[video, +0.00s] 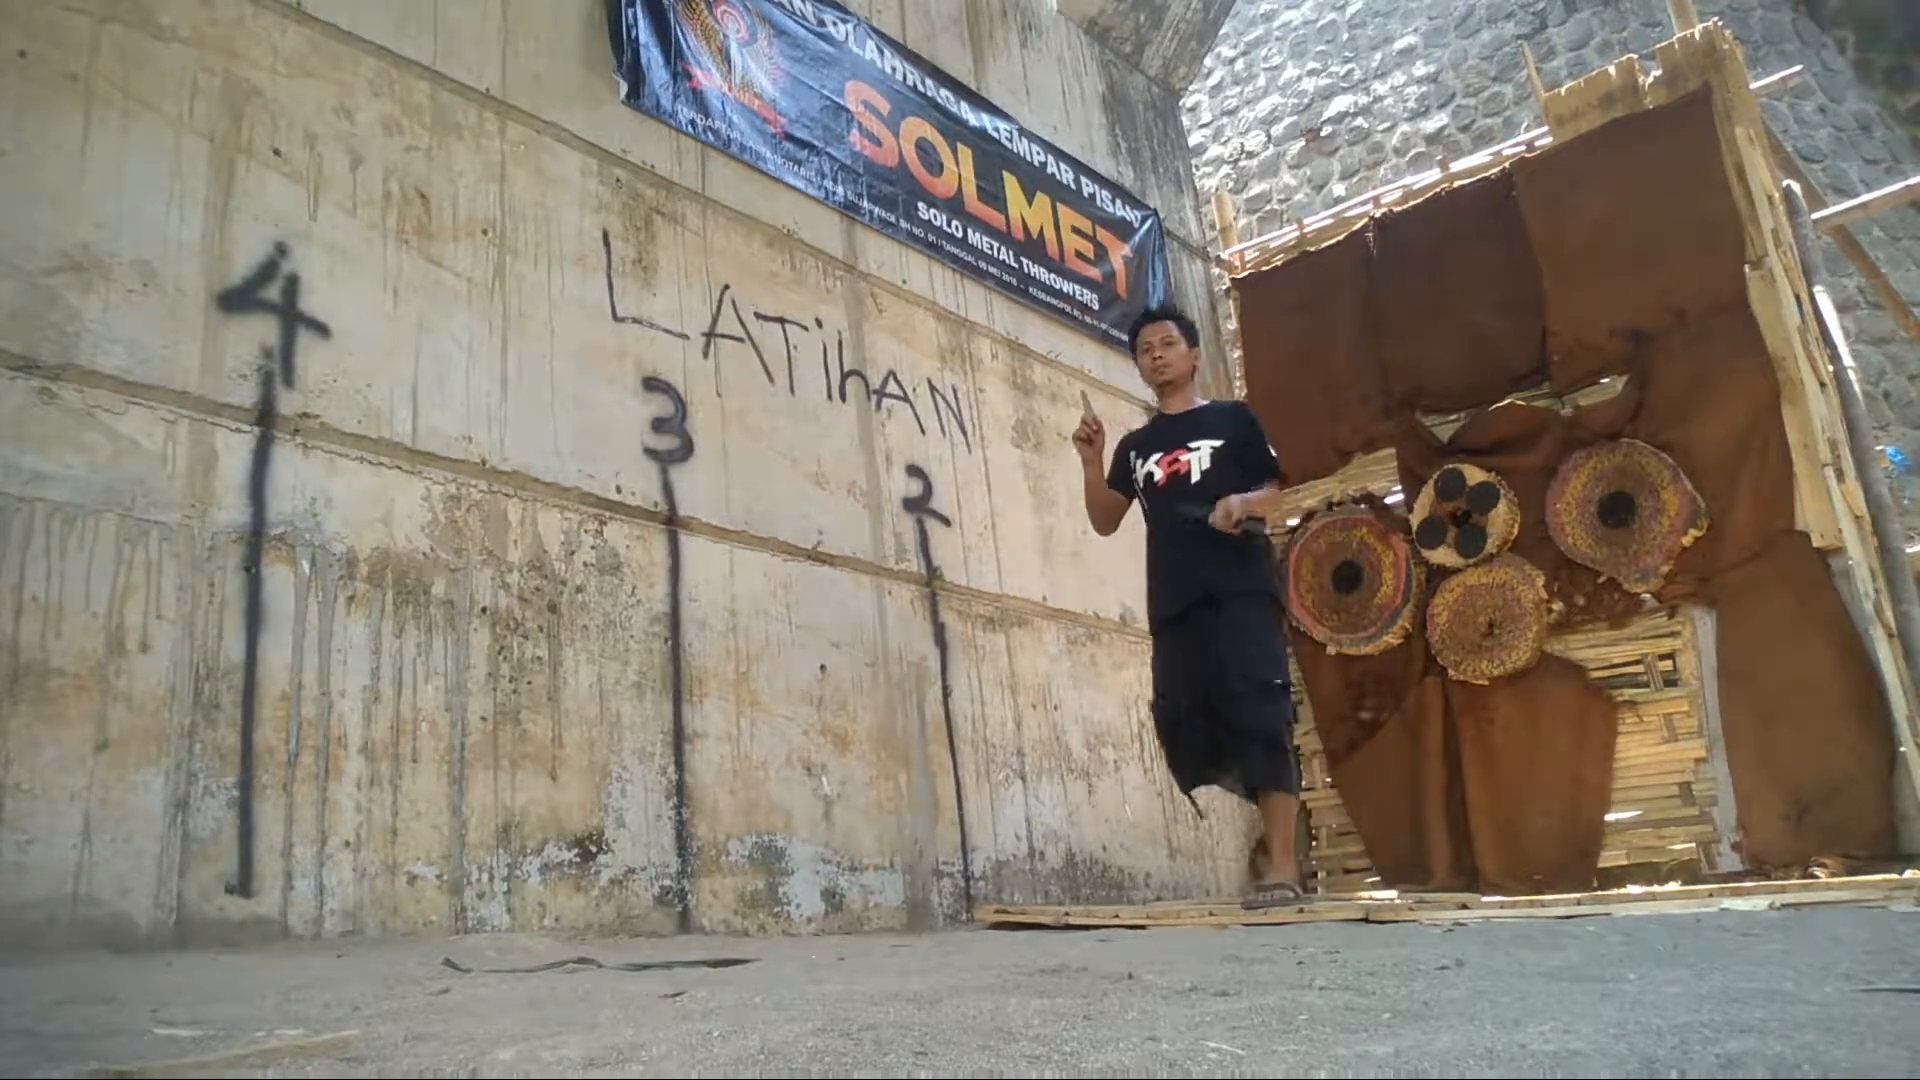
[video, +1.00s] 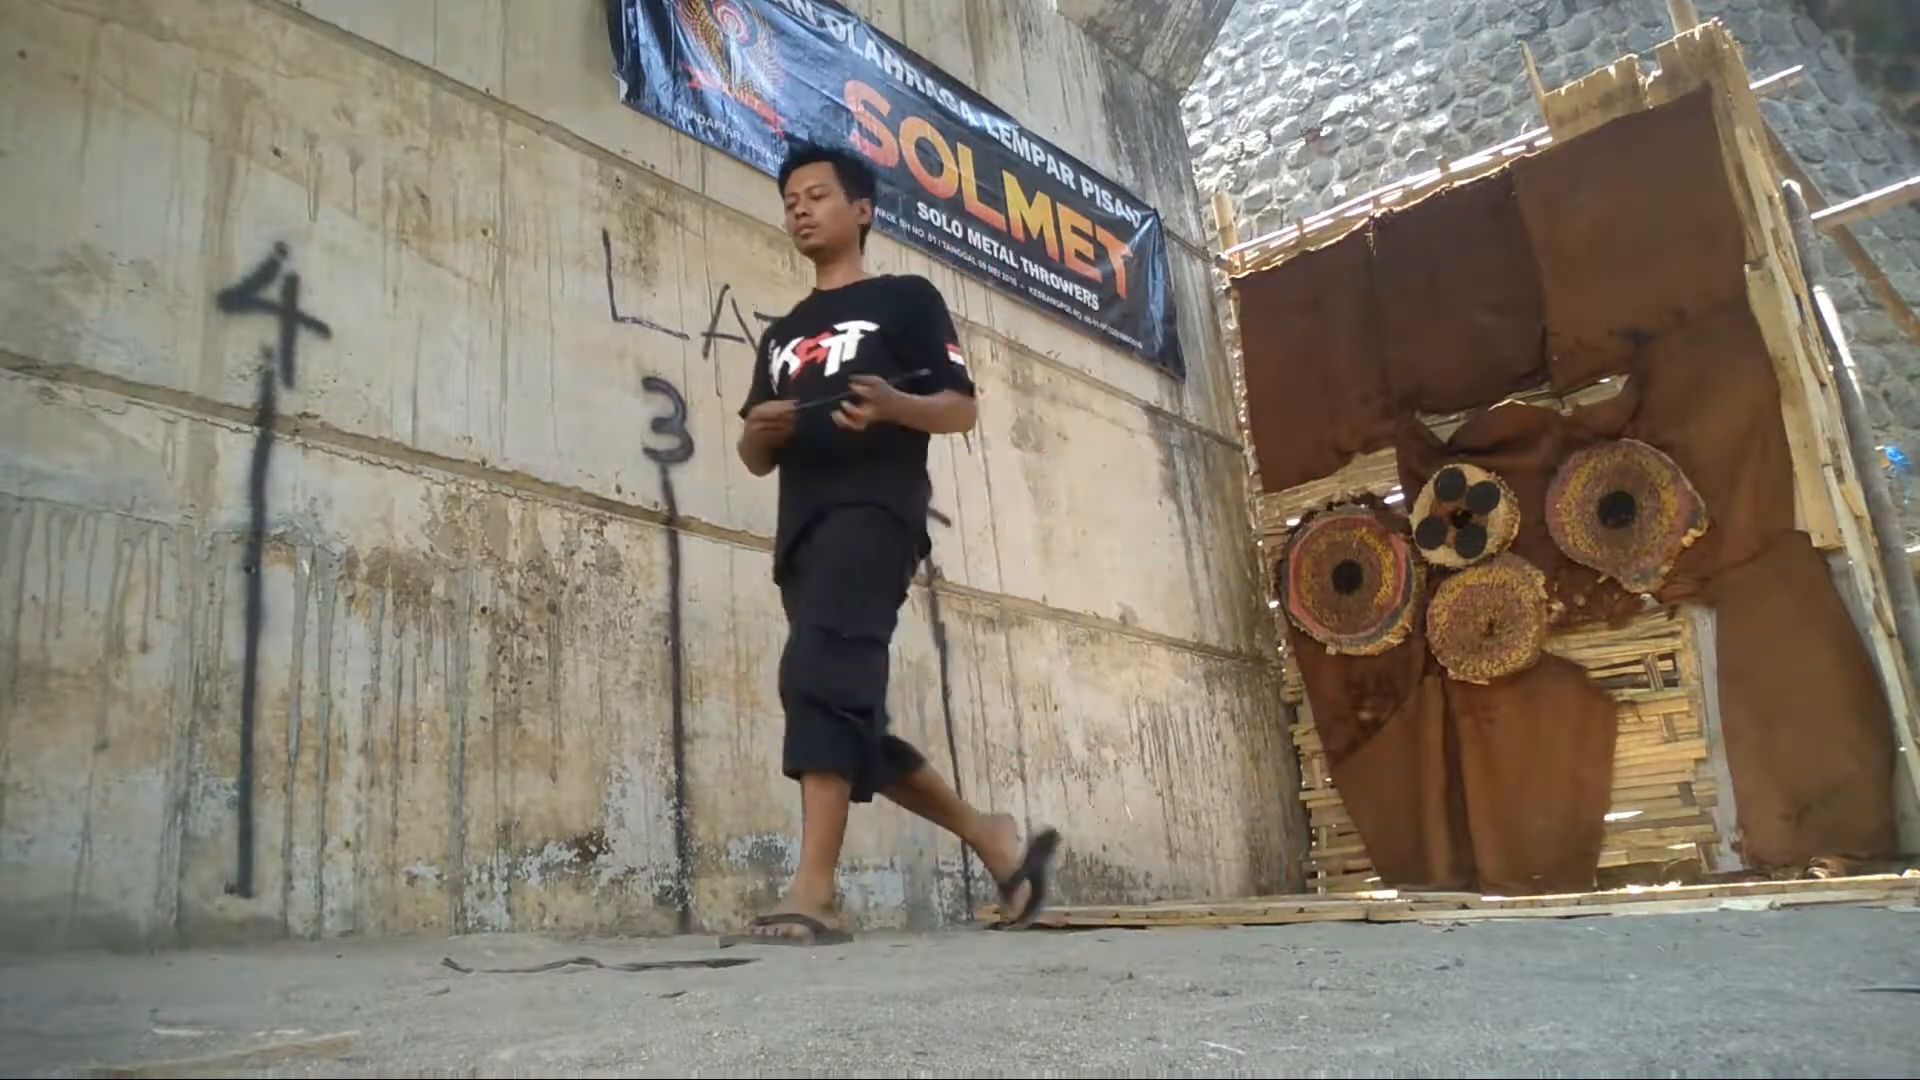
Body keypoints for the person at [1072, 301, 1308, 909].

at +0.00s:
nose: (1157, 356)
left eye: (1166, 344)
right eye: (1146, 351)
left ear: (1194, 354)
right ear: (1139, 368)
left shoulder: (1234, 418)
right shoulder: (1136, 444)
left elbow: (1279, 493)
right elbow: (1105, 520)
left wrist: (1246, 501)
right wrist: (1092, 461)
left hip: (1243, 594)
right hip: (1176, 606)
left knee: (1261, 718)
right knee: (1188, 730)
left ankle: (1284, 869)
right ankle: (1276, 819)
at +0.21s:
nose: (1115, 332)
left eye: (1126, 321)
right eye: (1104, 328)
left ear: (1157, 330)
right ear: (1099, 346)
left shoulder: (1201, 393)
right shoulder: (1101, 429)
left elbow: (1244, 478)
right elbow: (1070, 515)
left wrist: (1192, 498)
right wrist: (1053, 460)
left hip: (1213, 594)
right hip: (1137, 604)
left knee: (1258, 718)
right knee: (1121, 715)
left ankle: (1281, 873)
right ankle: (1177, 867)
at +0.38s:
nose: (1050, 326)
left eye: (1061, 313)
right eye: (1038, 323)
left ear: (1094, 324)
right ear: (1034, 343)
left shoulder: (1143, 392)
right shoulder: (1034, 430)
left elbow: (1190, 480)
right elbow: (1002, 525)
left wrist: (1141, 504)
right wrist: (983, 464)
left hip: (1151, 597)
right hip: (1069, 608)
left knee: (1211, 720)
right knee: (1062, 738)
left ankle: (1272, 843)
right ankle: (1072, 896)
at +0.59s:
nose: (967, 282)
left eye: (980, 268)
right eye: (956, 277)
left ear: (1014, 280)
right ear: (951, 299)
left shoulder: (1068, 349)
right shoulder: (952, 390)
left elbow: (1119, 441)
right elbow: (924, 495)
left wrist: (1082, 458)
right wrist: (919, 453)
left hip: (1061, 548)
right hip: (986, 564)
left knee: (1062, 687)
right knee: (1001, 720)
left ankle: (1149, 809)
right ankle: (1075, 895)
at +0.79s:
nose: (888, 255)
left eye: (903, 240)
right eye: (879, 248)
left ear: (943, 249)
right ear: (876, 266)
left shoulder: (996, 328)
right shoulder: (870, 370)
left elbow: (1054, 428)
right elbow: (849, 482)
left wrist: (1017, 432)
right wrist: (867, 441)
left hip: (987, 538)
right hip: (916, 553)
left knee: (946, 676)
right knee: (984, 705)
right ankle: (1075, 892)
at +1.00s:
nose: (799, 209)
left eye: (816, 195)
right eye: (791, 202)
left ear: (861, 208)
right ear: (788, 223)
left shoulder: (908, 298)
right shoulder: (780, 334)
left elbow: (961, 409)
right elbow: (754, 457)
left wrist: (898, 406)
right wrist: (762, 432)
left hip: (877, 517)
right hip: (805, 533)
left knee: (817, 677)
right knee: (837, 720)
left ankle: (813, 897)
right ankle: (994, 839)